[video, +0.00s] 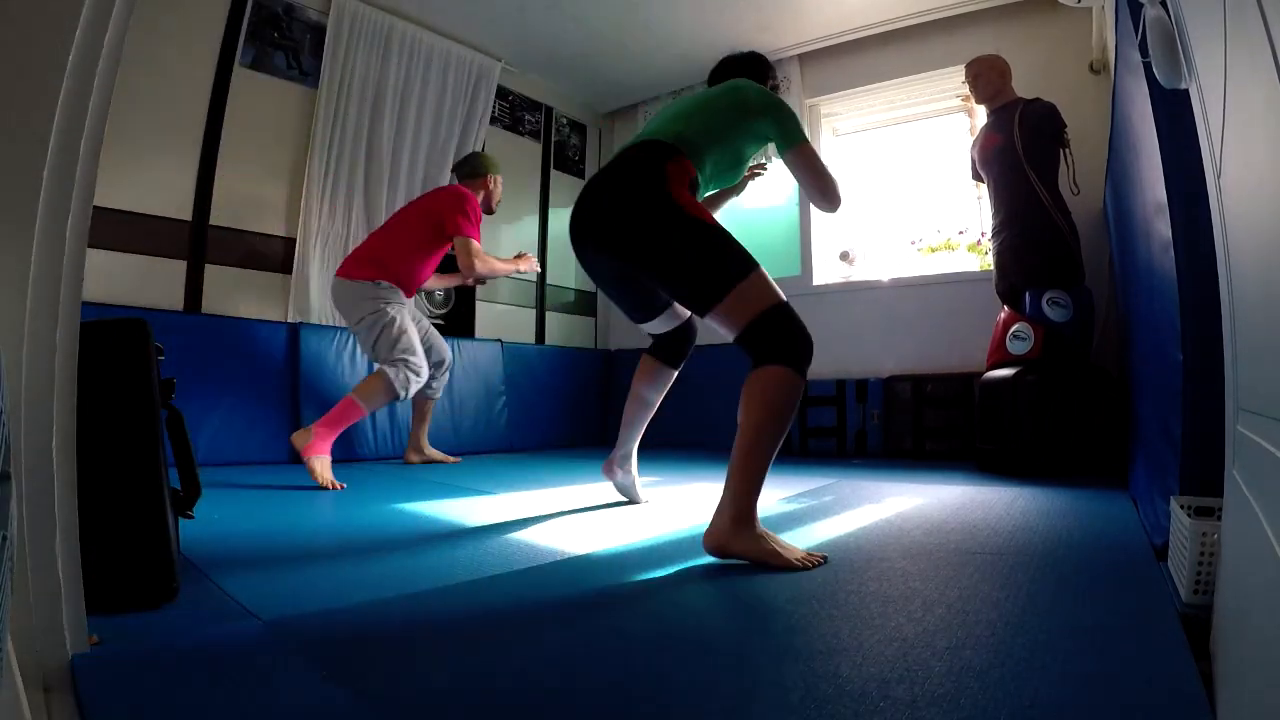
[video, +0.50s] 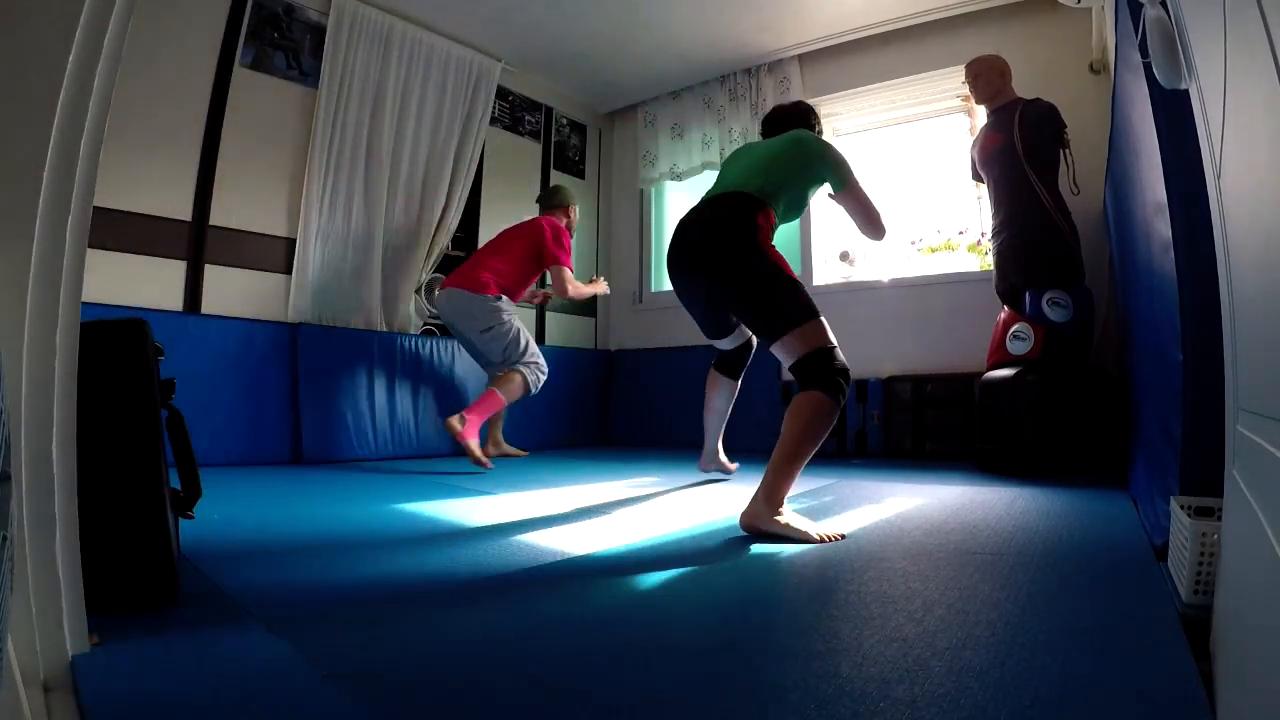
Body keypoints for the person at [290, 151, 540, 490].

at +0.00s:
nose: (501, 193)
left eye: (501, 185)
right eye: (500, 184)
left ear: (464, 180)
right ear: (489, 182)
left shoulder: (444, 204)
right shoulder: (462, 200)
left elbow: (423, 280)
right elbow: (473, 263)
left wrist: (467, 277)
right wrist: (516, 265)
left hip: (391, 292)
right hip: (369, 286)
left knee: (436, 358)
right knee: (407, 368)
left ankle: (418, 445)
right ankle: (317, 436)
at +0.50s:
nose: (576, 220)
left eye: (575, 214)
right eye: (577, 214)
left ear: (545, 210)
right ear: (570, 211)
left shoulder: (525, 228)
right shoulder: (555, 229)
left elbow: (489, 274)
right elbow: (566, 289)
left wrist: (524, 295)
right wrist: (594, 288)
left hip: (449, 295)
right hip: (480, 298)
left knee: (502, 367)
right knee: (533, 367)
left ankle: (495, 441)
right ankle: (468, 421)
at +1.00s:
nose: (630, 234)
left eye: (631, 229)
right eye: (631, 228)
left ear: (602, 222)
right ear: (625, 223)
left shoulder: (587, 238)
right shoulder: (614, 239)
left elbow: (563, 288)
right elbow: (626, 293)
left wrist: (597, 297)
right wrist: (650, 291)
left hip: (524, 306)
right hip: (553, 306)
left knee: (578, 364)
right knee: (610, 358)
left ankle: (559, 428)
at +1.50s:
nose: (649, 258)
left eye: (648, 254)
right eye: (649, 253)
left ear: (621, 251)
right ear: (644, 252)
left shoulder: (604, 266)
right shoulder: (638, 267)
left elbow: (583, 304)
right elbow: (649, 318)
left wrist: (611, 328)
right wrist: (664, 317)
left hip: (553, 324)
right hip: (586, 325)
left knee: (597, 375)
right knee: (639, 375)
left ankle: (586, 435)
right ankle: (610, 432)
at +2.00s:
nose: (651, 254)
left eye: (650, 251)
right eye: (651, 250)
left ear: (624, 247)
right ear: (647, 248)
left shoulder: (607, 262)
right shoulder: (641, 262)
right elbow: (652, 314)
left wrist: (650, 302)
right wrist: (668, 314)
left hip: (556, 319)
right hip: (587, 320)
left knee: (598, 374)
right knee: (638, 372)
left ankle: (586, 435)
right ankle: (610, 433)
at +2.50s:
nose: (623, 234)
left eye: (623, 231)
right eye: (623, 231)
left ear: (593, 227)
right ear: (618, 229)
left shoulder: (572, 242)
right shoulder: (615, 243)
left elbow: (546, 269)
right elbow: (629, 297)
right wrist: (649, 297)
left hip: (517, 297)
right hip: (551, 297)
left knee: (560, 367)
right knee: (597, 366)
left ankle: (552, 434)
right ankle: (564, 431)